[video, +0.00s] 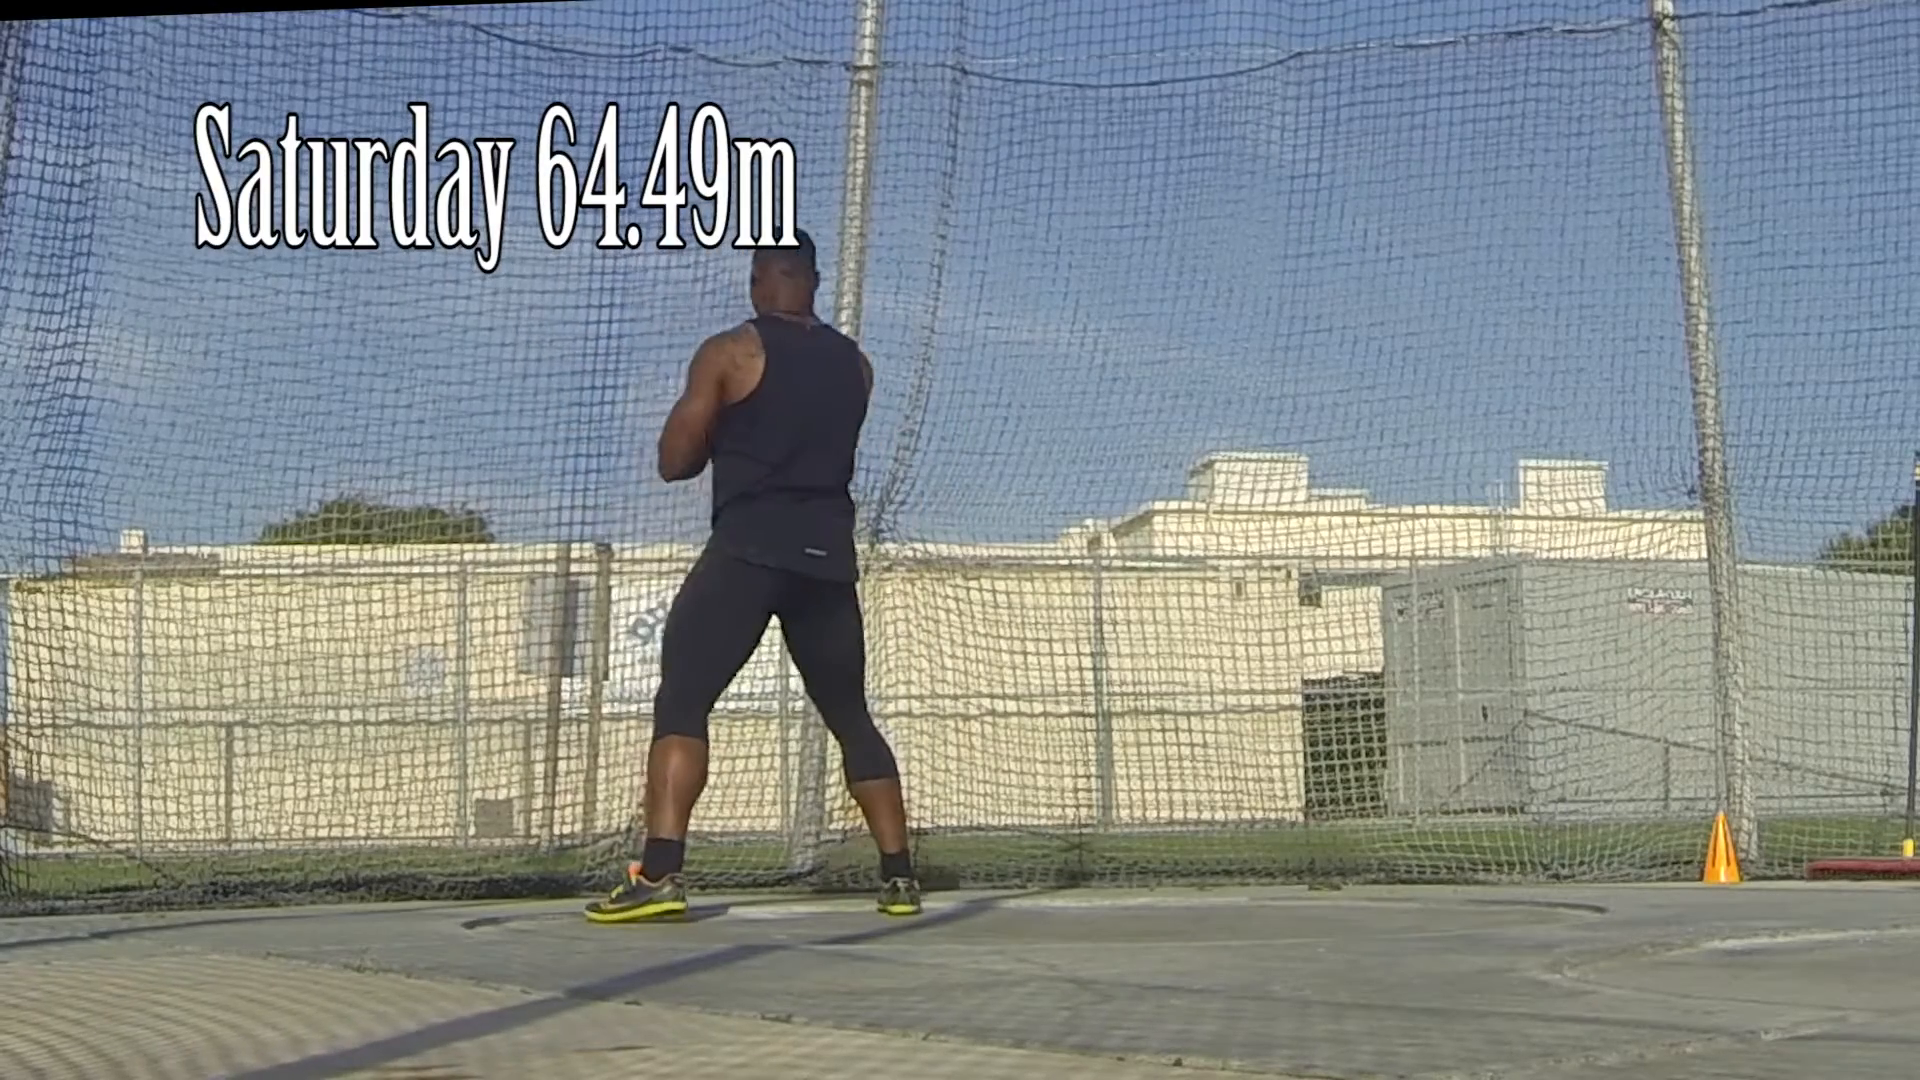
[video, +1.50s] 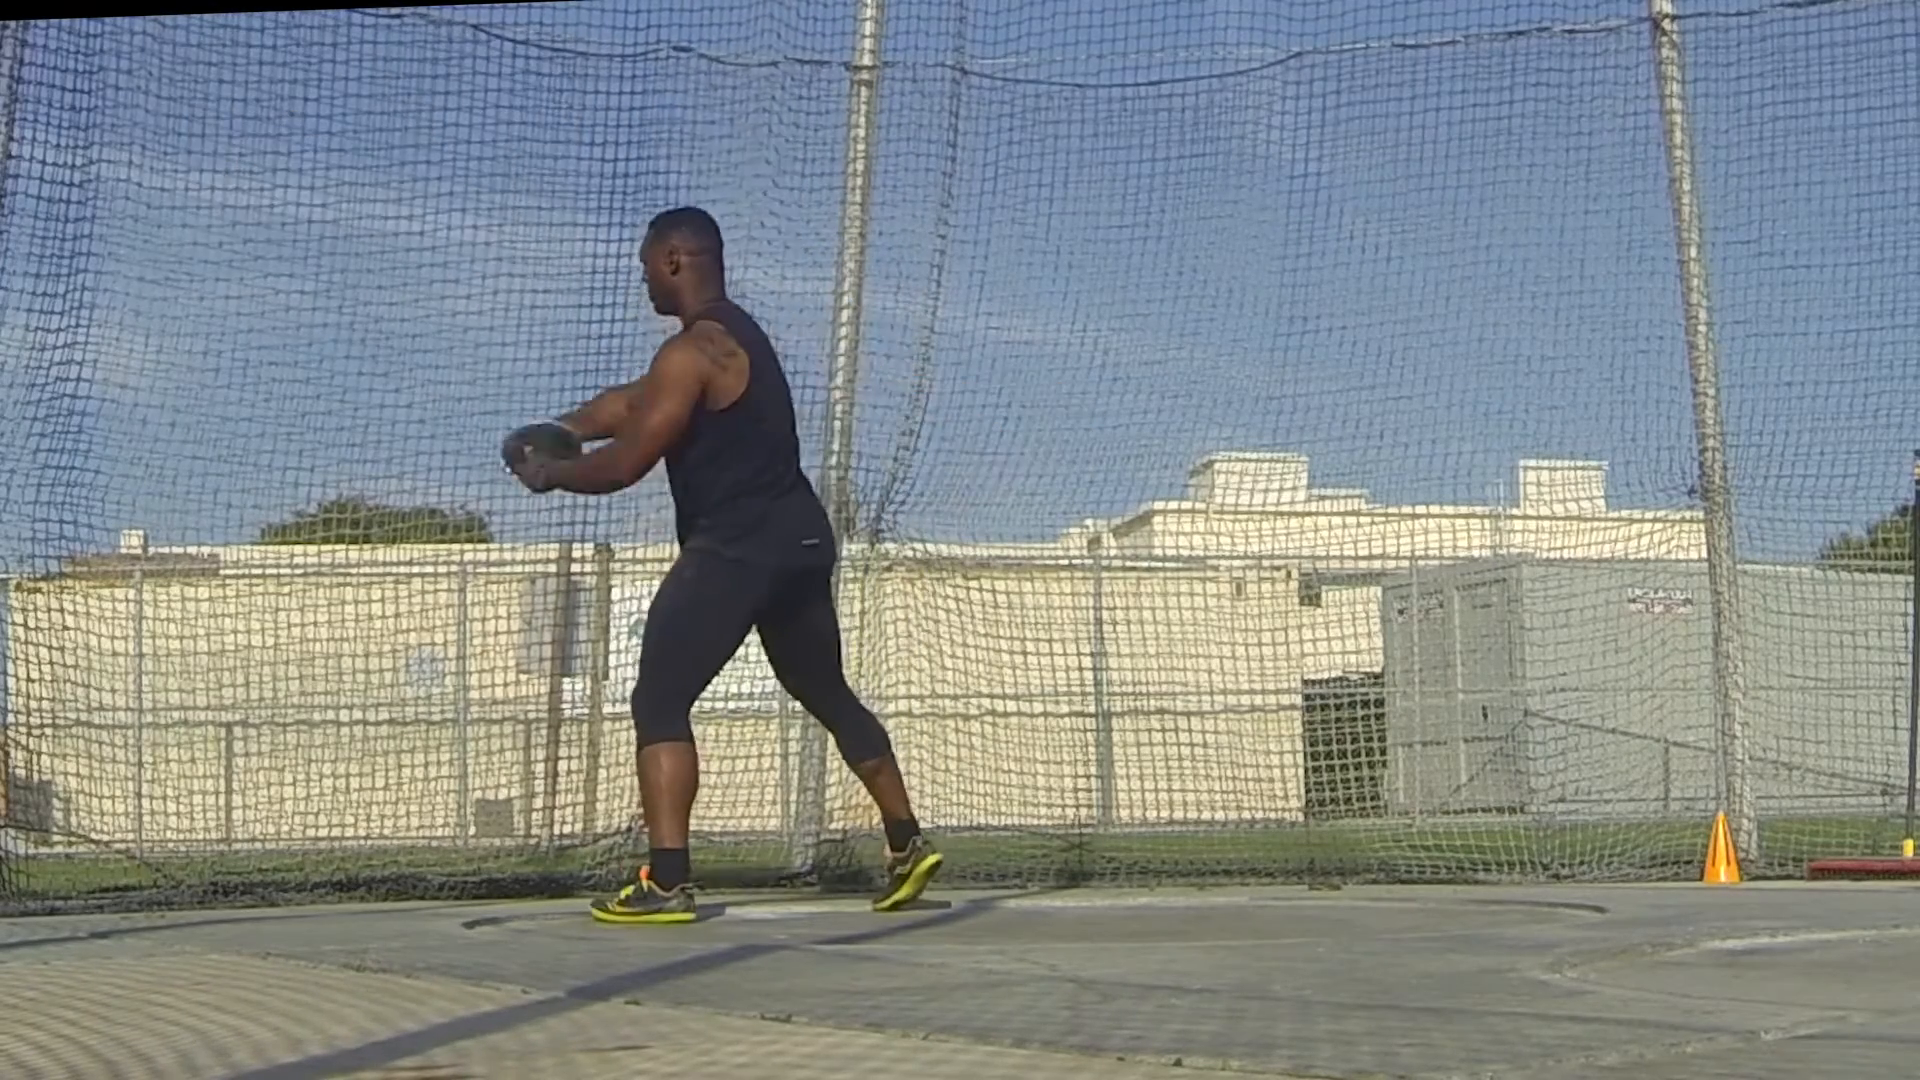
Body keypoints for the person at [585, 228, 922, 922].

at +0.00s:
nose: (756, 290)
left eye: (756, 279)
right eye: (765, 279)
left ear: (757, 286)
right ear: (813, 288)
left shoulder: (726, 351)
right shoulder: (854, 362)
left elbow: (674, 461)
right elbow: (831, 443)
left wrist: (728, 412)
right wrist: (748, 409)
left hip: (745, 557)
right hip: (828, 565)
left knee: (682, 701)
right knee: (850, 715)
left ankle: (658, 875)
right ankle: (900, 875)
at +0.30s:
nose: (822, 306)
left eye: (817, 294)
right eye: (851, 299)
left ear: (814, 296)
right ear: (874, 306)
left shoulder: (787, 351)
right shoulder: (905, 389)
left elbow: (722, 443)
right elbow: (866, 466)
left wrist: (720, 497)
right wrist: (787, 496)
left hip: (773, 557)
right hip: (851, 573)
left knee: (696, 694)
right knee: (853, 718)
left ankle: (659, 863)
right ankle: (898, 876)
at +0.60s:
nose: (854, 323)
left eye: (851, 314)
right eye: (882, 320)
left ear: (847, 315)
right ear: (906, 331)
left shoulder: (795, 353)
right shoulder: (930, 421)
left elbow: (717, 447)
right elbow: (928, 540)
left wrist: (733, 533)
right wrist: (923, 616)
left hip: (761, 557)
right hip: (845, 581)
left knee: (687, 698)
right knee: (857, 722)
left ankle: (657, 861)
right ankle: (899, 878)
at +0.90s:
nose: (857, 333)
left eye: (848, 322)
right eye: (881, 332)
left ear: (836, 326)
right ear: (892, 340)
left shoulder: (778, 362)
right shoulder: (903, 378)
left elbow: (690, 418)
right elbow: (950, 432)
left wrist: (661, 520)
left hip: (749, 555)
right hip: (838, 573)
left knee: (679, 697)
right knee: (869, 718)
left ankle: (651, 856)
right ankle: (900, 877)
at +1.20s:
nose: (695, 336)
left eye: (697, 327)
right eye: (697, 328)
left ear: (713, 323)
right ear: (763, 323)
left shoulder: (692, 373)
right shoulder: (828, 374)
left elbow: (644, 448)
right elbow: (930, 408)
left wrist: (637, 532)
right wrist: (1023, 431)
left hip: (738, 569)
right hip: (824, 574)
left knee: (648, 708)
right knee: (857, 715)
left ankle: (666, 881)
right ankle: (903, 875)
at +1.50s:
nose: (642, 280)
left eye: (646, 267)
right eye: (643, 268)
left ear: (674, 263)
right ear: (705, 262)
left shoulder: (688, 352)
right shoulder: (741, 333)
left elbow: (623, 466)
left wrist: (553, 474)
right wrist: (561, 432)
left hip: (730, 553)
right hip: (798, 543)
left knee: (659, 699)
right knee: (825, 690)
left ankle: (666, 880)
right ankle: (908, 841)